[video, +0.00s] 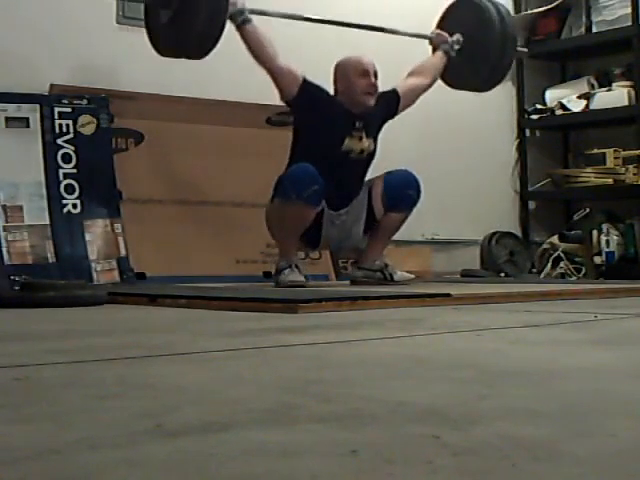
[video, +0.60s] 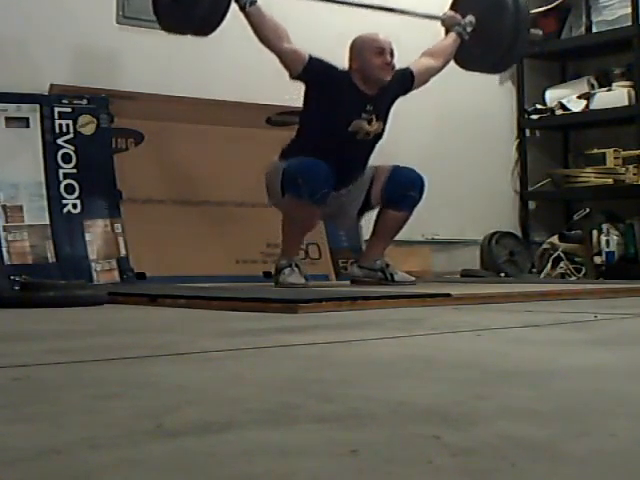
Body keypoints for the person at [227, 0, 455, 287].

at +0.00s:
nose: (373, 82)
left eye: (375, 77)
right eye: (364, 75)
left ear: (378, 83)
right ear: (340, 83)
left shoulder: (377, 112)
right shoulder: (312, 103)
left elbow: (420, 80)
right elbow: (272, 63)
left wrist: (444, 50)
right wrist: (240, 17)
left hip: (350, 220)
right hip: (305, 218)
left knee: (405, 184)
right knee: (303, 178)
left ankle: (370, 264)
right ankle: (287, 264)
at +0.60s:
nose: (390, 60)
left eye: (391, 55)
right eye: (381, 54)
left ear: (393, 62)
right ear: (356, 61)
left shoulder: (391, 89)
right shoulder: (325, 78)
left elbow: (433, 60)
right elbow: (282, 45)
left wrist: (459, 31)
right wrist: (247, 5)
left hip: (347, 189)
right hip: (296, 184)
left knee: (409, 183)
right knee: (313, 174)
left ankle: (369, 263)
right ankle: (288, 263)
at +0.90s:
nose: (396, 27)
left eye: (399, 22)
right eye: (388, 20)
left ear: (402, 26)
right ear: (364, 27)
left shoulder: (396, 56)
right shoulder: (331, 43)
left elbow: (437, 28)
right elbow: (285, 10)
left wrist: (457, 5)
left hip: (347, 153)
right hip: (298, 140)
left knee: (409, 178)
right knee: (308, 165)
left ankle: (370, 262)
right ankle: (286, 262)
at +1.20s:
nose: (387, 1)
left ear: (393, 2)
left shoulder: (389, 15)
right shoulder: (323, 6)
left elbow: (424, 2)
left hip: (344, 124)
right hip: (296, 111)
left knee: (396, 173)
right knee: (301, 161)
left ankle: (369, 262)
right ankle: (285, 263)